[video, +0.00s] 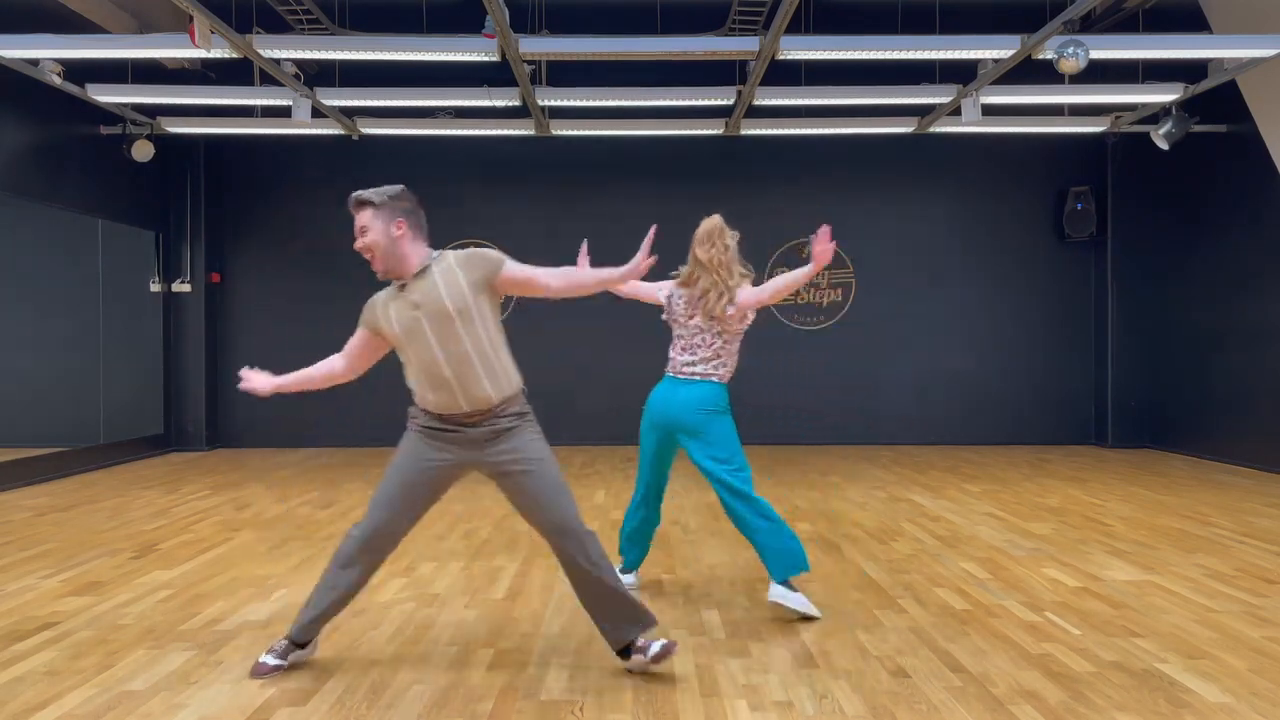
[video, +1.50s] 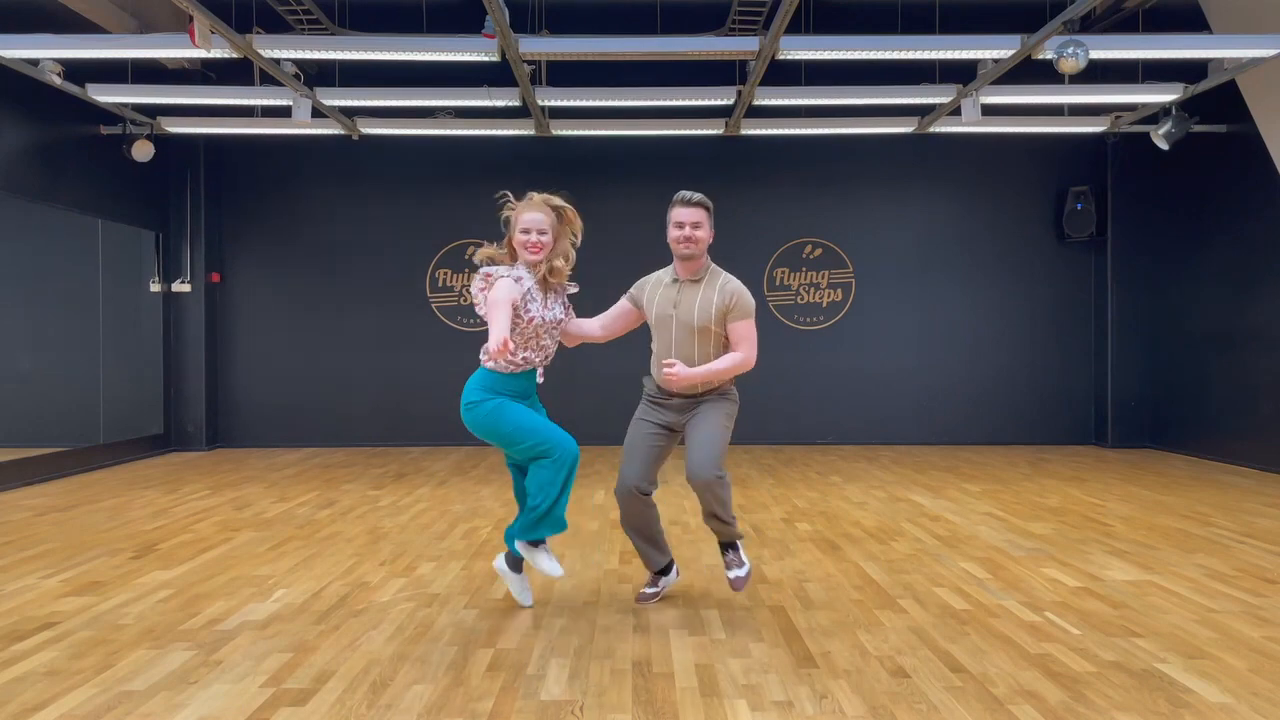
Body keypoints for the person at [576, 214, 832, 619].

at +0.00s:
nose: (735, 254)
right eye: (734, 249)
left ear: (694, 254)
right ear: (731, 255)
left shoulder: (673, 292)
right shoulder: (742, 298)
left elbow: (625, 287)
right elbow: (782, 285)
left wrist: (588, 271)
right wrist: (815, 264)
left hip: (663, 397)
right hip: (707, 401)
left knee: (648, 486)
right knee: (739, 491)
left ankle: (627, 567)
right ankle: (782, 580)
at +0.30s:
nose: (675, 271)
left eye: (674, 265)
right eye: (671, 265)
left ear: (644, 270)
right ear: (655, 268)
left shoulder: (621, 304)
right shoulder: (654, 309)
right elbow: (662, 371)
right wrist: (680, 416)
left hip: (617, 414)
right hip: (644, 416)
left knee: (604, 486)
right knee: (647, 495)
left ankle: (576, 556)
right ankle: (628, 564)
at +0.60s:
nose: (597, 221)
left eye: (600, 209)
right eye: (596, 210)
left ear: (626, 204)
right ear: (627, 206)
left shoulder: (679, 231)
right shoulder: (625, 265)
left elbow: (625, 284)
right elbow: (597, 306)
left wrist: (550, 324)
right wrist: (605, 318)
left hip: (724, 391)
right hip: (671, 401)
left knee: (719, 515)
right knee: (652, 509)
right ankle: (724, 586)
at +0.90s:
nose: (619, 192)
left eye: (623, 184)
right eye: (620, 184)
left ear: (645, 187)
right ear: (651, 185)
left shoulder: (695, 232)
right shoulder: (651, 235)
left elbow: (758, 279)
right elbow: (667, 295)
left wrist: (796, 347)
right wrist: (652, 341)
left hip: (725, 366)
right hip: (682, 374)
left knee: (721, 476)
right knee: (672, 475)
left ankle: (778, 599)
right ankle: (742, 567)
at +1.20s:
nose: (650, 251)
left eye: (660, 241)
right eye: (641, 242)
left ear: (677, 242)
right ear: (632, 244)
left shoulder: (697, 298)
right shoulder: (641, 295)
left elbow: (728, 365)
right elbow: (628, 342)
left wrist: (682, 395)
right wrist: (574, 353)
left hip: (714, 411)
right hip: (671, 410)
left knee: (653, 501)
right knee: (643, 501)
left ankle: (669, 587)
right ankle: (688, 568)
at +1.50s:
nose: (686, 233)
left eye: (695, 226)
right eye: (678, 226)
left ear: (711, 234)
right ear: (667, 233)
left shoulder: (732, 292)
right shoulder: (651, 287)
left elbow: (746, 356)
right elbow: (598, 328)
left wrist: (693, 377)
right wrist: (539, 321)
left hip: (711, 400)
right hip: (656, 401)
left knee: (704, 474)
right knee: (630, 487)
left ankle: (729, 544)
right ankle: (662, 568)